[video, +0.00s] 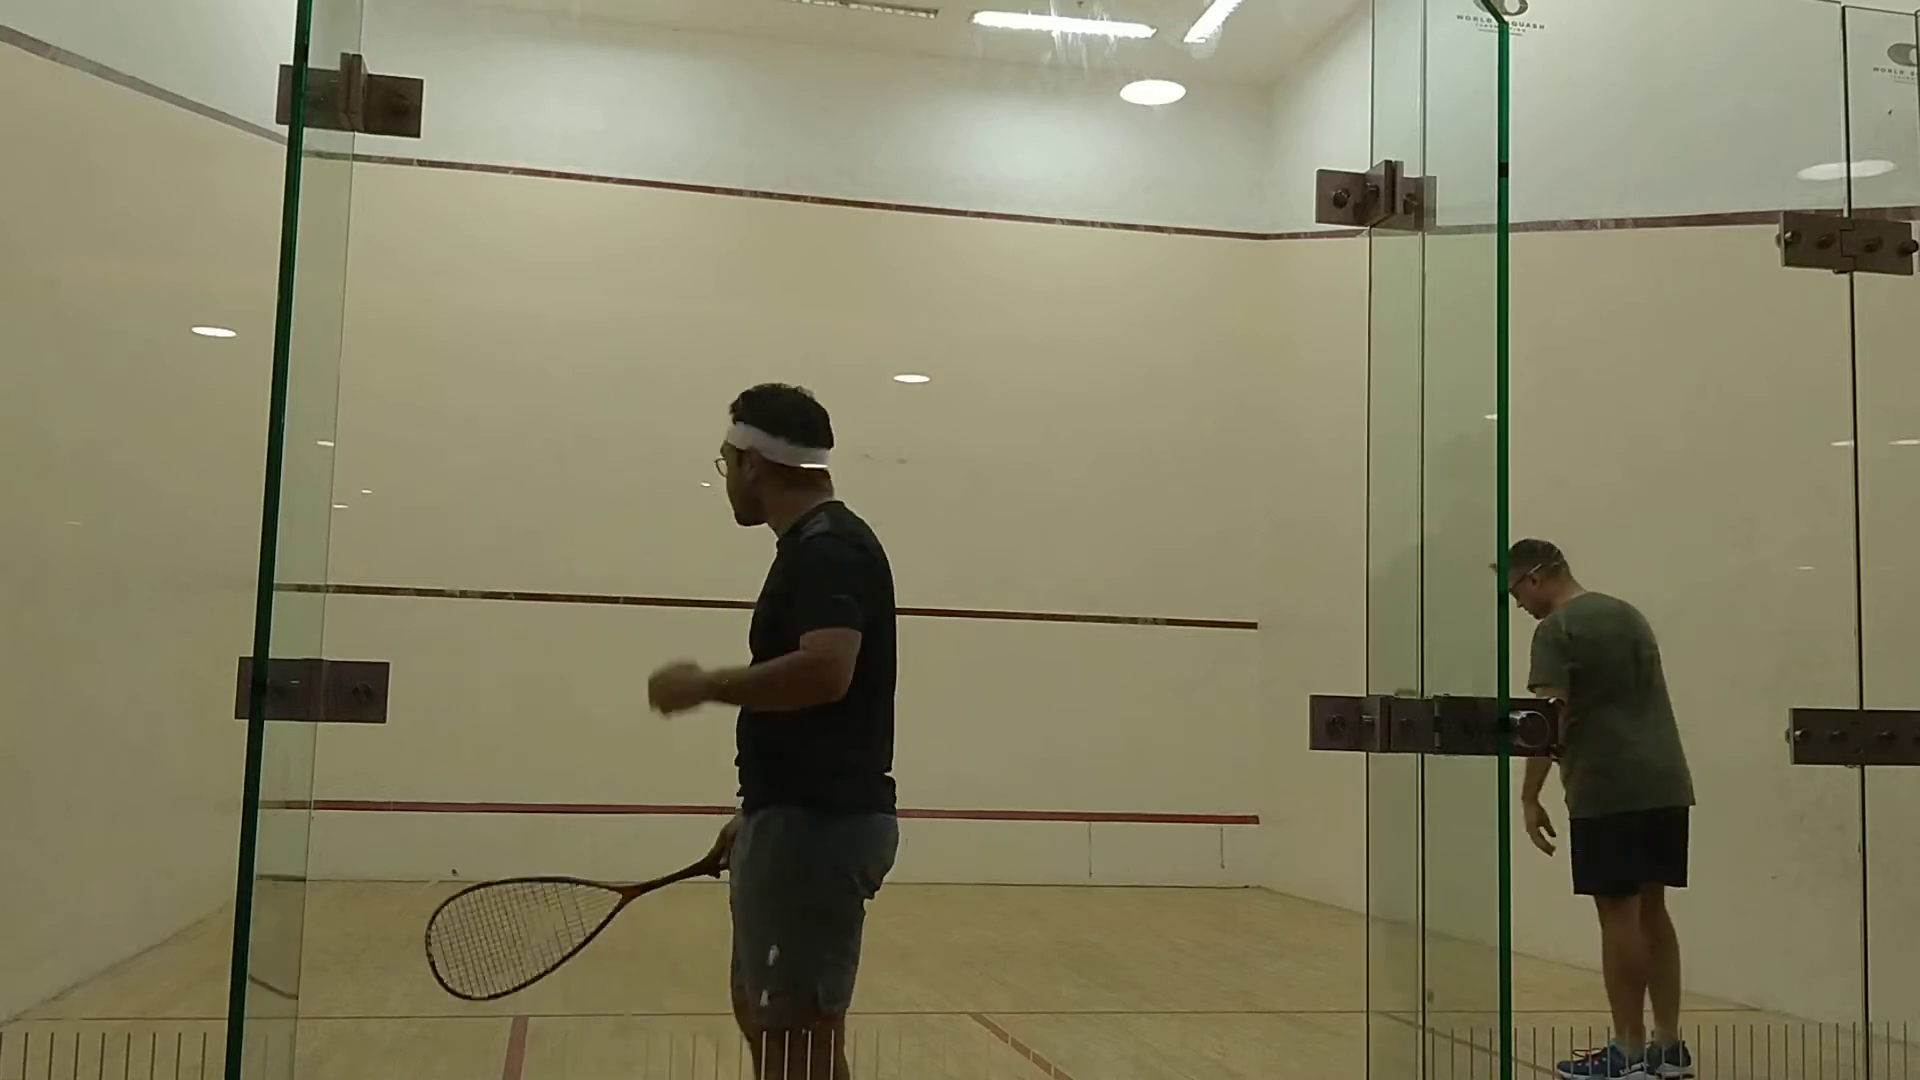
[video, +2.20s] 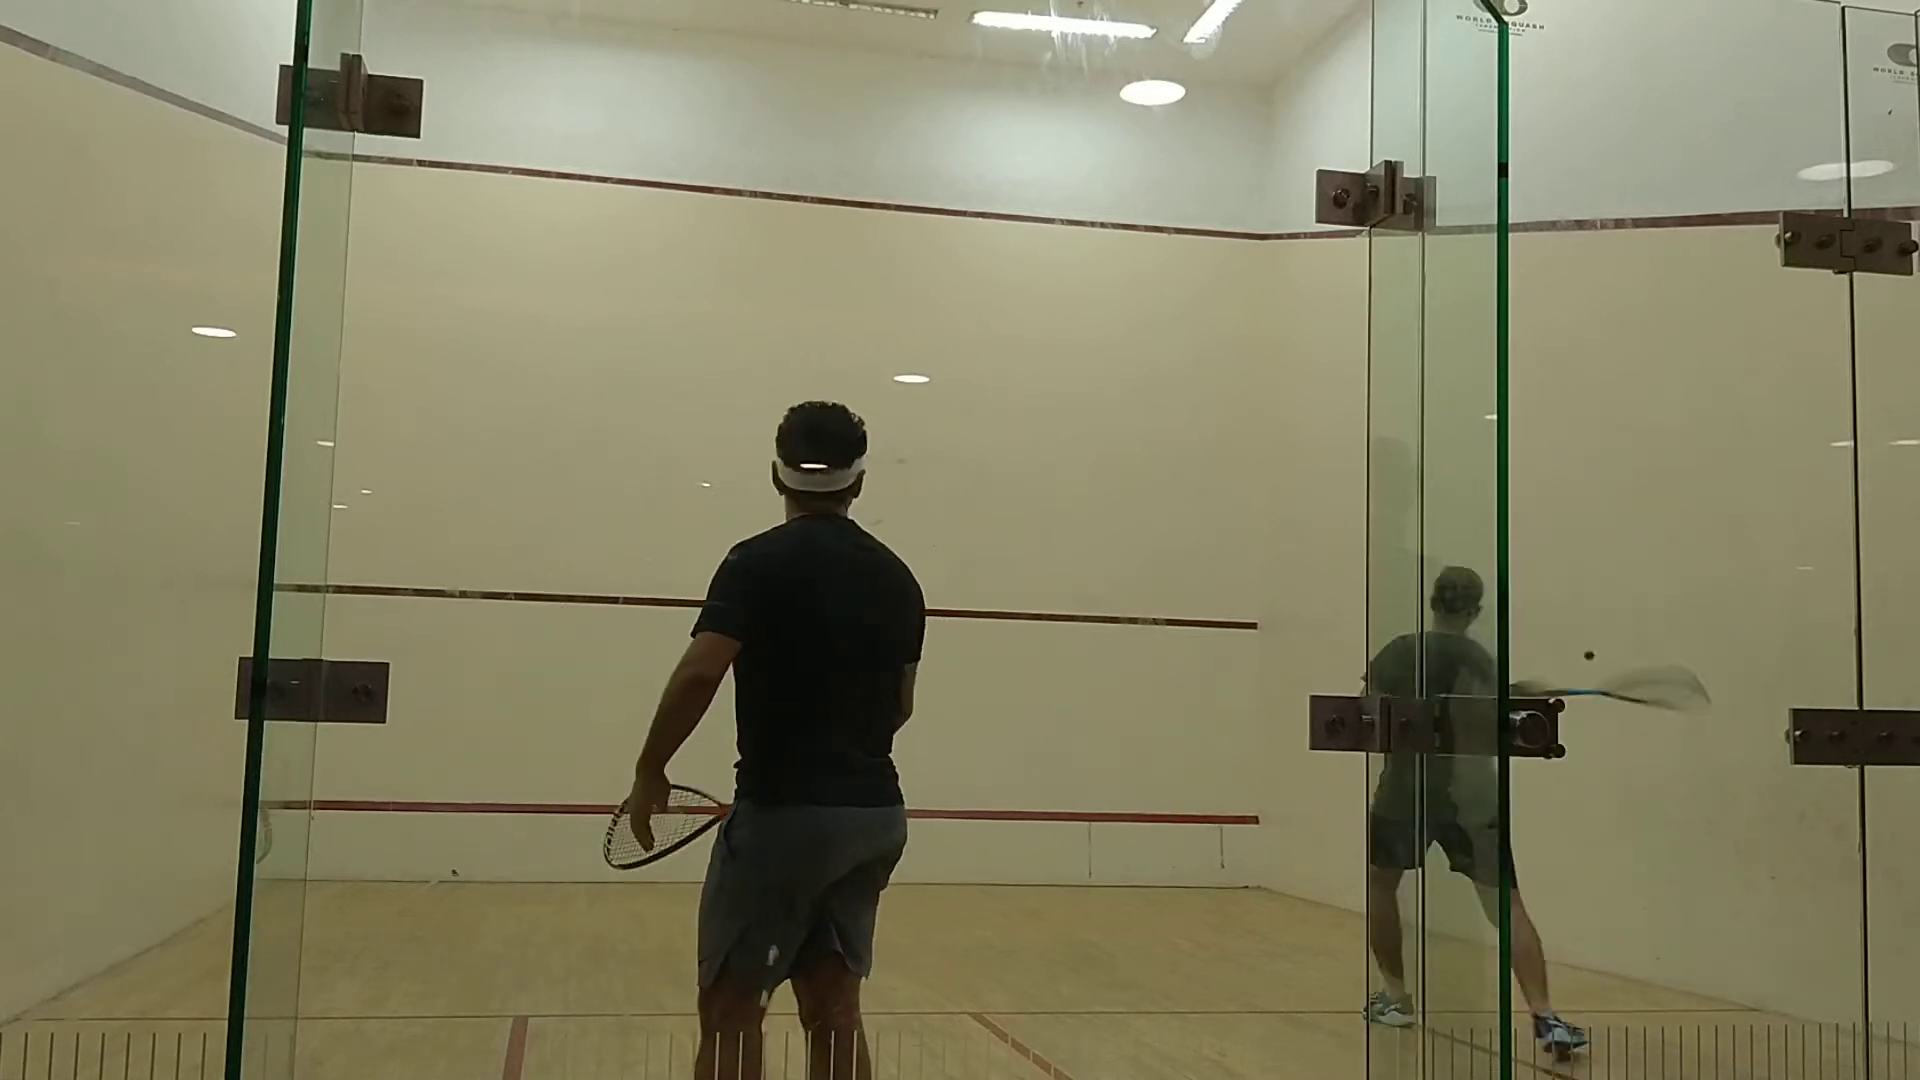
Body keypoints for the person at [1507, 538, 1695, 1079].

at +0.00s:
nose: (1522, 607)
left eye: (1518, 595)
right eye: (1516, 598)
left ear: (1535, 578)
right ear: (1558, 571)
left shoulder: (1555, 631)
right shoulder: (1629, 615)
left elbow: (1548, 722)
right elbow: (1643, 706)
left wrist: (1530, 794)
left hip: (1607, 799)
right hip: (1667, 791)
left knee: (1619, 918)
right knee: (1654, 912)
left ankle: (1629, 1052)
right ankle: (1669, 1044)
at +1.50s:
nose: (1533, 581)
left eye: (1534, 574)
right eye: (1538, 573)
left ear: (1541, 577)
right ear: (1585, 576)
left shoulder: (1512, 638)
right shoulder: (1620, 630)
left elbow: (1484, 716)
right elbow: (1690, 687)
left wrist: (1476, 783)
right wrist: (1717, 653)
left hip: (1540, 804)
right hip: (1613, 802)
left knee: (1538, 907)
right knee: (1603, 908)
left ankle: (1604, 1013)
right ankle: (1598, 1030)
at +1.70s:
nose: (1544, 580)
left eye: (1535, 572)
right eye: (1568, 572)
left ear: (1532, 575)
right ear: (1580, 576)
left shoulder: (1498, 630)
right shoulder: (1600, 628)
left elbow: (1479, 705)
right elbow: (1678, 675)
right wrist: (1695, 628)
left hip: (1514, 791)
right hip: (1587, 792)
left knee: (1504, 881)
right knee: (1593, 901)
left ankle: (1530, 995)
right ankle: (1596, 1032)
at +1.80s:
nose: (1560, 582)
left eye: (1537, 571)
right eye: (1570, 575)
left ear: (1525, 575)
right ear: (1572, 578)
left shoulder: (1491, 627)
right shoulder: (1586, 630)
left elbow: (1474, 700)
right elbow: (1666, 670)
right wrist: (1678, 621)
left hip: (1494, 788)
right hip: (1567, 792)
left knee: (1478, 884)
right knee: (1584, 901)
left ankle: (1477, 1001)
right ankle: (1594, 1030)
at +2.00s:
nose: (1545, 599)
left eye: (1540, 591)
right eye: (1544, 593)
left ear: (1495, 591)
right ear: (1540, 597)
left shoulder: (1454, 638)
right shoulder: (1541, 647)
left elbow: (1410, 701)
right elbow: (1621, 682)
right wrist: (1641, 617)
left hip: (1448, 791)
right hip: (1518, 795)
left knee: (1419, 884)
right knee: (1556, 905)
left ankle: (1395, 992)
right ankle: (1588, 1030)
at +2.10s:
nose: (1504, 611)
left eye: (1489, 599)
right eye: (1510, 603)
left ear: (1469, 600)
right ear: (1513, 608)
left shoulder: (1424, 647)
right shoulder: (1516, 667)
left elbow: (1376, 700)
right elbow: (1585, 697)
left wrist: (1412, 727)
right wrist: (1613, 654)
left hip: (1418, 793)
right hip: (1487, 799)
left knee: (1401, 880)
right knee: (1530, 908)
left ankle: (1398, 997)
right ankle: (1579, 1029)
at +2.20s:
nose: (1462, 611)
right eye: (1472, 604)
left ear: (1432, 602)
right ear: (1476, 609)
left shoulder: (1396, 653)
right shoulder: (1486, 665)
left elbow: (1367, 716)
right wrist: (1528, 703)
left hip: (1401, 796)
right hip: (1472, 802)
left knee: (1381, 891)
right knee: (1508, 907)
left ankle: (1396, 999)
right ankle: (1546, 1021)